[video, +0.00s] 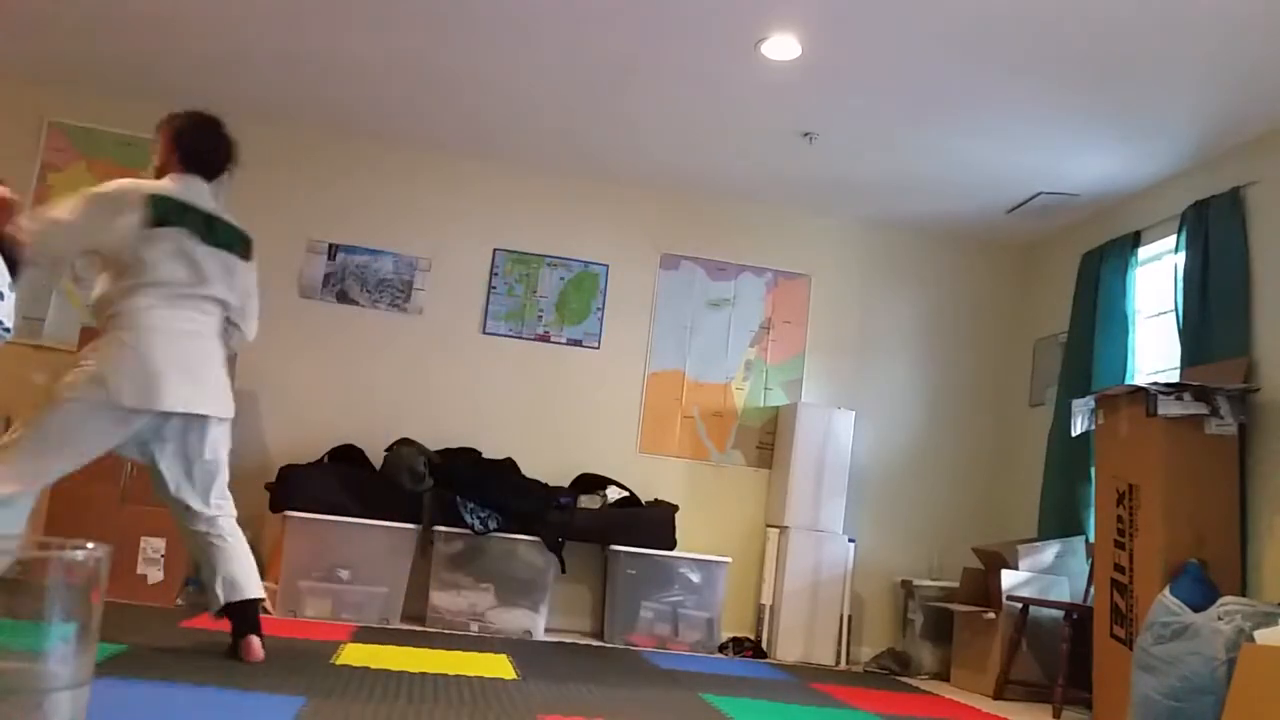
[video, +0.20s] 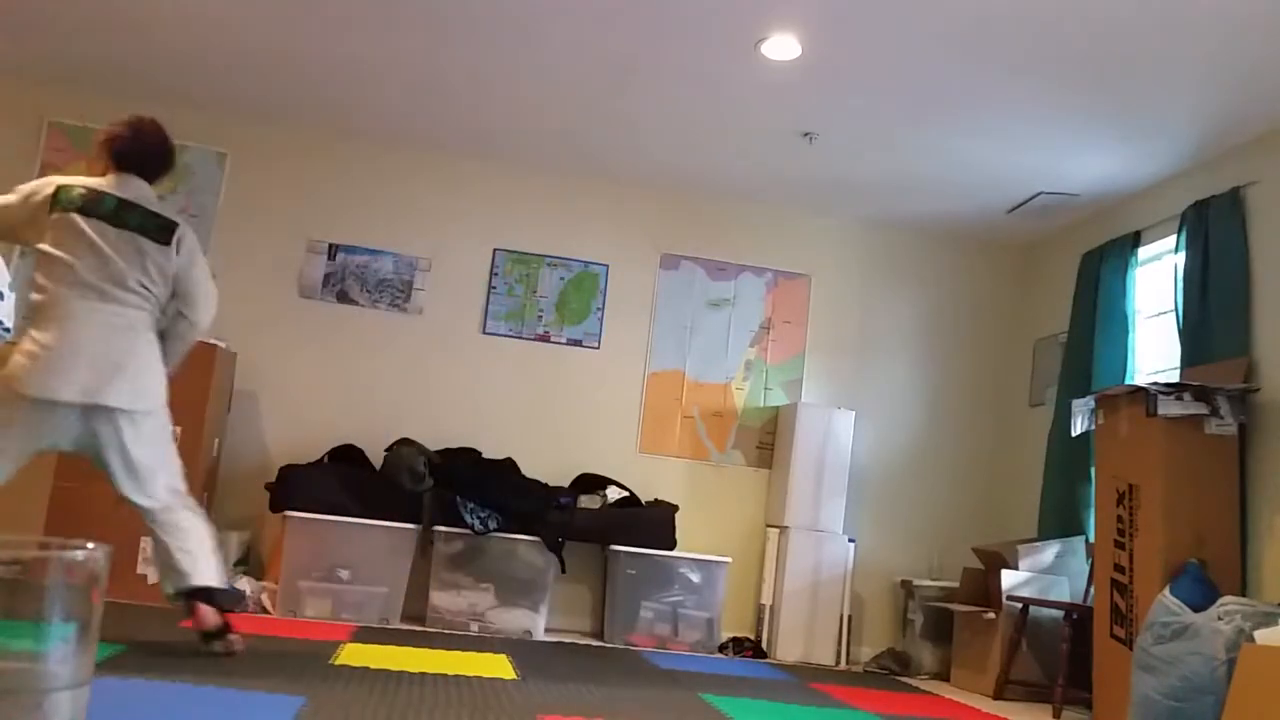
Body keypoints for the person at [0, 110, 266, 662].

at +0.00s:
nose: (156, 153)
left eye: (160, 145)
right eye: (161, 144)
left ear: (169, 153)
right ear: (219, 168)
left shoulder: (132, 198)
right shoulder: (237, 238)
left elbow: (42, 232)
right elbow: (242, 328)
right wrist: (193, 354)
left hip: (128, 373)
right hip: (204, 388)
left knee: (17, 471)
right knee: (211, 508)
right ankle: (248, 629)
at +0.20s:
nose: (92, 156)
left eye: (98, 150)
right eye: (98, 149)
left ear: (104, 156)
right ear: (158, 176)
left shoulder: (55, 194)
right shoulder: (177, 233)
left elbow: (2, 215)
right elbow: (198, 312)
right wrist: (154, 367)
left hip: (42, 370)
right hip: (131, 383)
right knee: (167, 498)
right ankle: (205, 598)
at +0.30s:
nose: (83, 142)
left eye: (88, 136)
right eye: (89, 135)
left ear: (97, 142)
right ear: (150, 159)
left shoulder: (52, 179)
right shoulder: (172, 218)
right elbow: (188, 299)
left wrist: (21, 286)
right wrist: (139, 329)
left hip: (40, 343)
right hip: (123, 358)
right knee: (143, 481)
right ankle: (171, 585)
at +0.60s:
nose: (130, 168)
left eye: (134, 160)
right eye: (135, 160)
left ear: (142, 165)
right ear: (192, 178)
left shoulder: (103, 197)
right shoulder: (214, 243)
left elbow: (24, 255)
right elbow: (194, 327)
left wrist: (8, 237)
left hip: (77, 359)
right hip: (150, 380)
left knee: (0, 469)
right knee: (144, 507)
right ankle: (159, 611)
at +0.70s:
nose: (154, 173)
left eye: (159, 164)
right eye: (158, 163)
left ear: (173, 170)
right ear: (222, 181)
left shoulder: (139, 205)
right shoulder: (246, 247)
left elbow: (73, 275)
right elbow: (231, 331)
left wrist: (61, 244)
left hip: (122, 372)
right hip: (193, 389)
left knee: (22, 472)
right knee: (167, 510)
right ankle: (165, 617)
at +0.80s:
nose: (186, 167)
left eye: (189, 159)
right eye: (189, 159)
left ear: (199, 162)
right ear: (250, 171)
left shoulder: (169, 198)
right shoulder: (275, 234)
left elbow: (109, 273)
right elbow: (266, 314)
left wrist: (92, 255)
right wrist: (223, 291)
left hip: (163, 356)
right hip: (232, 373)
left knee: (88, 461)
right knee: (199, 494)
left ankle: (32, 572)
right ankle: (173, 610)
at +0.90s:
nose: (208, 165)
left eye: (210, 157)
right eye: (210, 157)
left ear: (220, 158)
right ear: (272, 167)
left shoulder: (192, 191)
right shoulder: (298, 226)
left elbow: (138, 269)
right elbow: (290, 310)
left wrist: (116, 261)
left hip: (194, 351)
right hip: (265, 362)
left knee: (142, 463)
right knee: (241, 479)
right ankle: (229, 595)